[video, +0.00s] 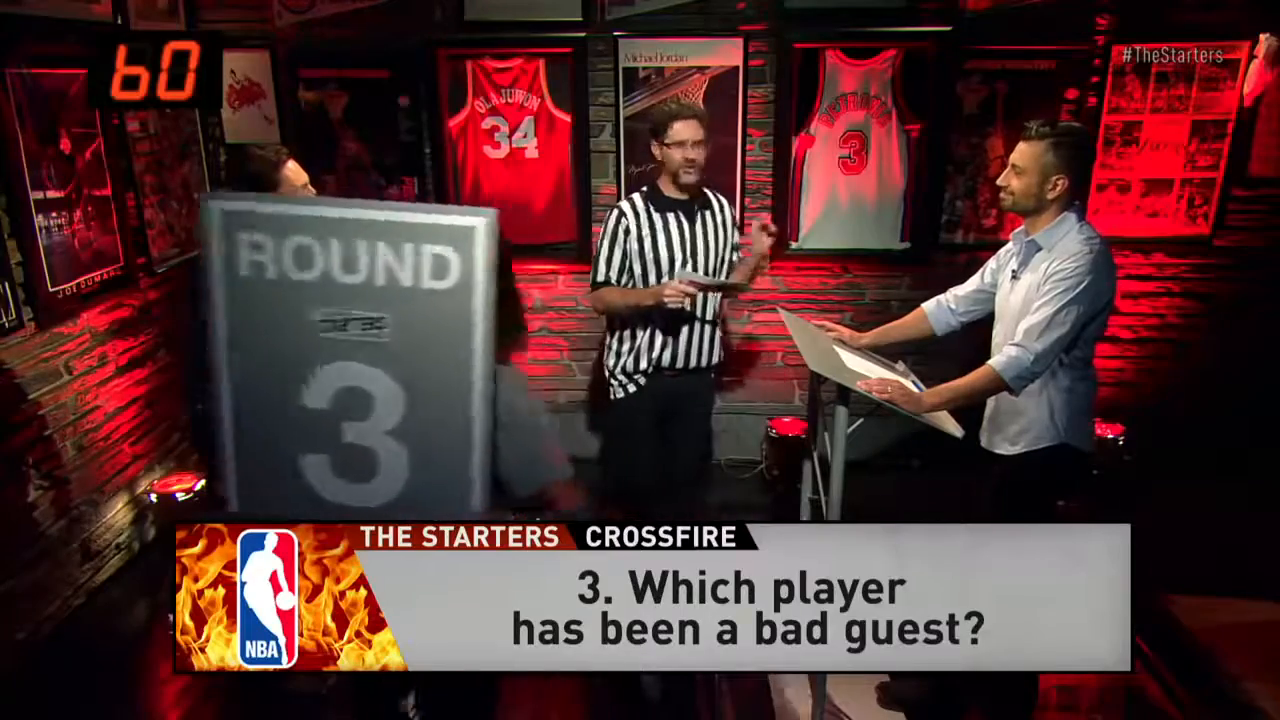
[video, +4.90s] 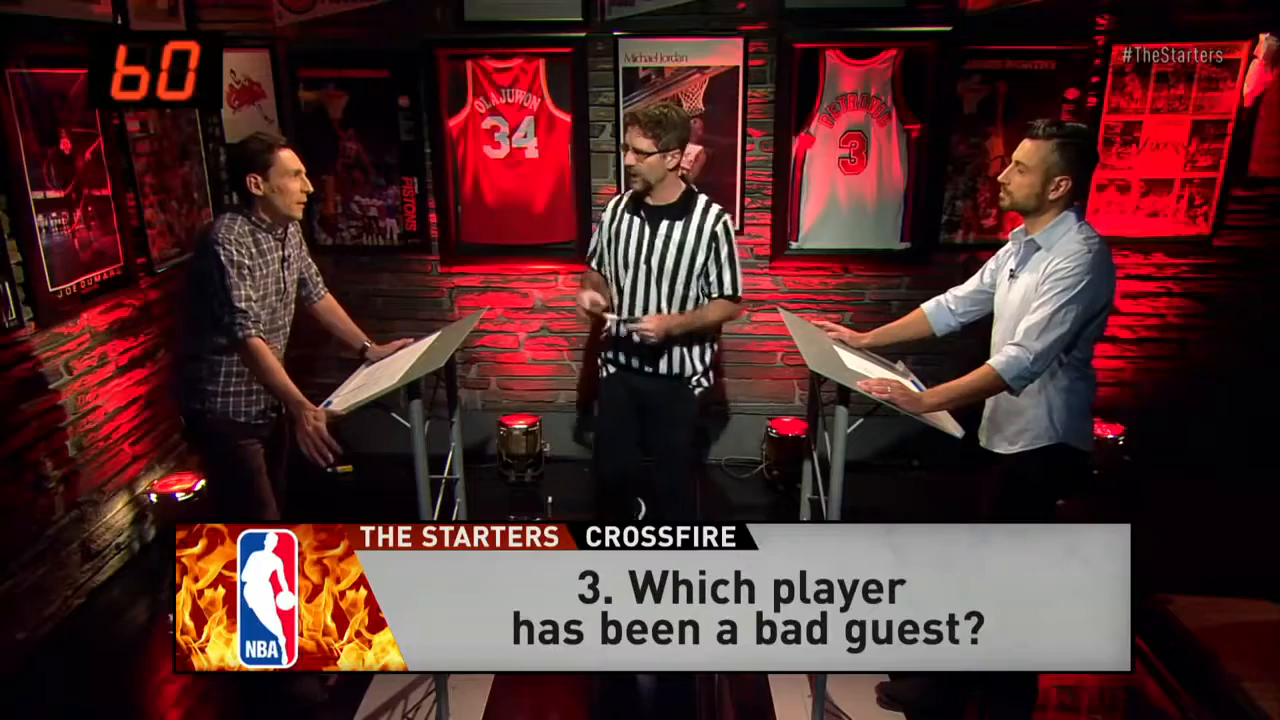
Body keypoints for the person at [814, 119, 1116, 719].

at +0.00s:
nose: (1002, 178)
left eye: (1016, 172)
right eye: (1006, 166)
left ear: (1056, 189)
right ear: (1043, 186)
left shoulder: (1082, 259)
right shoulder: (1025, 244)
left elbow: (1024, 359)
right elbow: (954, 306)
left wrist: (928, 398)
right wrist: (867, 339)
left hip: (1043, 446)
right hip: (1000, 433)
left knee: (1008, 579)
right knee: (973, 562)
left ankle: (1000, 703)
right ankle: (940, 684)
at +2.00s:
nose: (1005, 175)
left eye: (1020, 169)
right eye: (1010, 164)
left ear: (1058, 188)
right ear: (1047, 185)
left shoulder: (1083, 259)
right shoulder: (1025, 243)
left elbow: (1023, 360)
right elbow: (955, 306)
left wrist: (927, 398)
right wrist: (868, 339)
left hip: (1043, 446)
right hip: (1003, 434)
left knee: (1007, 580)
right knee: (979, 565)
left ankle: (1000, 705)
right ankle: (942, 684)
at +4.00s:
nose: (1007, 172)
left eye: (1023, 167)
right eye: (1013, 161)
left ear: (1059, 188)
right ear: (1048, 183)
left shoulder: (1082, 259)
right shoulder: (1024, 244)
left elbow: (1022, 361)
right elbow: (954, 307)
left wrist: (927, 398)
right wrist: (868, 339)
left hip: (1041, 444)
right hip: (1000, 432)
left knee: (1007, 577)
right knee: (977, 562)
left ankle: (997, 702)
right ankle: (942, 679)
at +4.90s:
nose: (1004, 175)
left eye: (1019, 169)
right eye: (1009, 164)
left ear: (1057, 189)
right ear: (1044, 185)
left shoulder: (1082, 259)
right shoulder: (1024, 243)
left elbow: (1022, 361)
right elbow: (954, 307)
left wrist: (927, 398)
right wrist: (867, 339)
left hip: (1042, 445)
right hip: (999, 433)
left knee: (1006, 579)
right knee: (969, 560)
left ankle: (1000, 705)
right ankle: (940, 683)